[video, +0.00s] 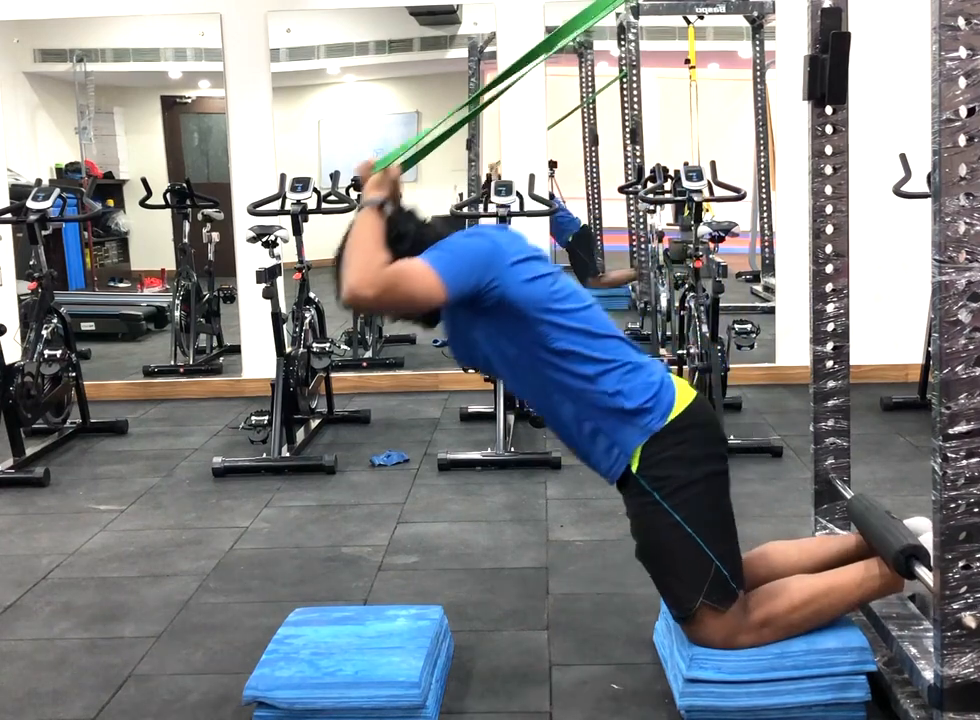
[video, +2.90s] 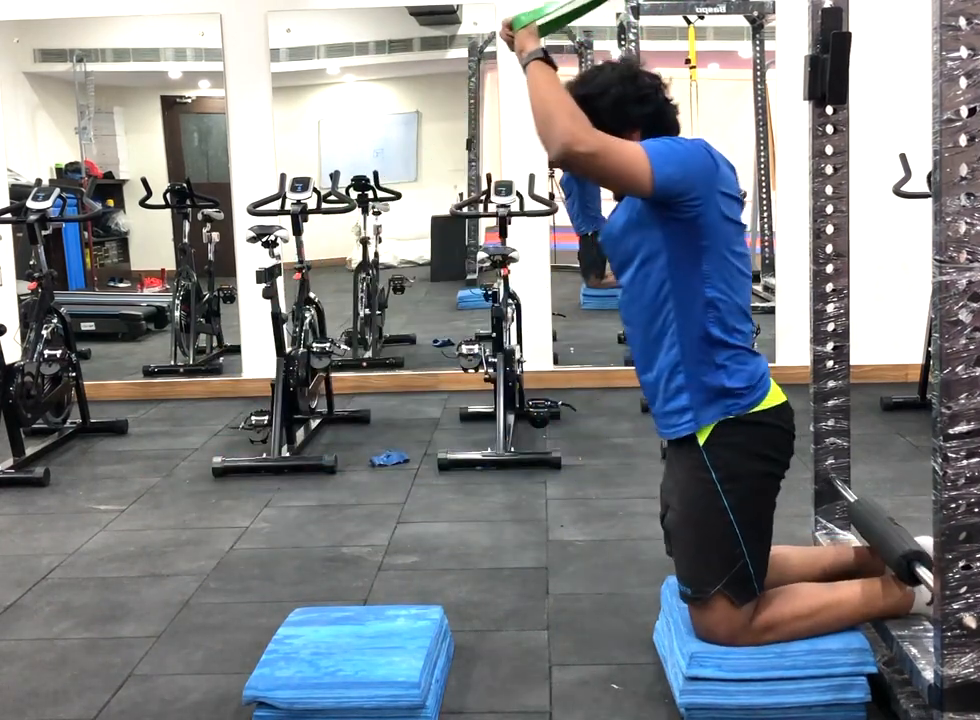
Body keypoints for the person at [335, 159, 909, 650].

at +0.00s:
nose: (382, 299)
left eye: (379, 280)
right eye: (373, 283)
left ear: (399, 263)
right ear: (420, 243)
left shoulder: (483, 249)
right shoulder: (467, 291)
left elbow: (365, 285)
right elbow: (380, 281)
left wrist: (372, 201)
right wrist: (380, 204)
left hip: (663, 439)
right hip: (645, 444)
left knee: (720, 626)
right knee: (718, 586)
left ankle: (902, 571)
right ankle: (865, 539)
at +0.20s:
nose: (343, 369)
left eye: (339, 352)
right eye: (336, 354)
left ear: (352, 323)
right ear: (364, 309)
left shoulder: (426, 301)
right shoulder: (419, 311)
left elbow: (308, 362)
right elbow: (323, 362)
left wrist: (294, 279)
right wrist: (310, 285)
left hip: (639, 448)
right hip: (626, 446)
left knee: (722, 631)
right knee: (709, 589)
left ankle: (900, 568)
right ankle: (865, 539)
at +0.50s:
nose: (286, 441)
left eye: (279, 430)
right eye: (280, 432)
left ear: (295, 407)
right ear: (304, 374)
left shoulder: (359, 376)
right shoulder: (368, 371)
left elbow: (248, 462)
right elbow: (274, 457)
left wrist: (217, 386)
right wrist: (239, 386)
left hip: (601, 467)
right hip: (596, 457)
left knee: (723, 631)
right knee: (707, 594)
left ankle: (903, 568)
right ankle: (860, 535)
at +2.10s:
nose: (344, 351)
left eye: (340, 338)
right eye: (337, 339)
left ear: (361, 317)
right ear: (377, 302)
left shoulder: (437, 302)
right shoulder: (438, 299)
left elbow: (329, 376)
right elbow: (342, 370)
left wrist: (259, 322)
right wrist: (276, 322)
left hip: (651, 442)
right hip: (653, 423)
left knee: (724, 622)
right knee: (727, 578)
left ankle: (896, 569)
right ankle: (861, 537)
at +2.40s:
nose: (433, 273)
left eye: (433, 261)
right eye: (422, 262)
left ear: (457, 234)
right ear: (469, 220)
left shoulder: (530, 235)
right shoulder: (525, 239)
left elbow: (412, 283)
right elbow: (420, 272)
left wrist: (339, 219)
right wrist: (355, 225)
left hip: (698, 437)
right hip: (692, 427)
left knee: (726, 624)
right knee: (730, 573)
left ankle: (903, 570)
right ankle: (865, 542)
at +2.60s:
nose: (501, 207)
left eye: (502, 193)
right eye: (490, 196)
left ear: (531, 175)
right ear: (545, 164)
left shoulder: (602, 189)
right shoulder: (581, 217)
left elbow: (482, 208)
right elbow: (487, 204)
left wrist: (423, 128)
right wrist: (437, 138)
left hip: (718, 428)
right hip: (684, 437)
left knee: (725, 624)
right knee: (717, 579)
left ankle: (905, 577)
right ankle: (869, 546)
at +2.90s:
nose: (592, 153)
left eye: (593, 140)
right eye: (586, 141)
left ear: (619, 131)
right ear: (653, 117)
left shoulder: (691, 164)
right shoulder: (640, 202)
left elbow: (572, 143)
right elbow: (598, 250)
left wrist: (532, 55)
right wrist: (569, 167)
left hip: (730, 425)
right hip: (693, 429)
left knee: (726, 622)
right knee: (709, 580)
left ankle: (905, 591)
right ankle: (871, 556)